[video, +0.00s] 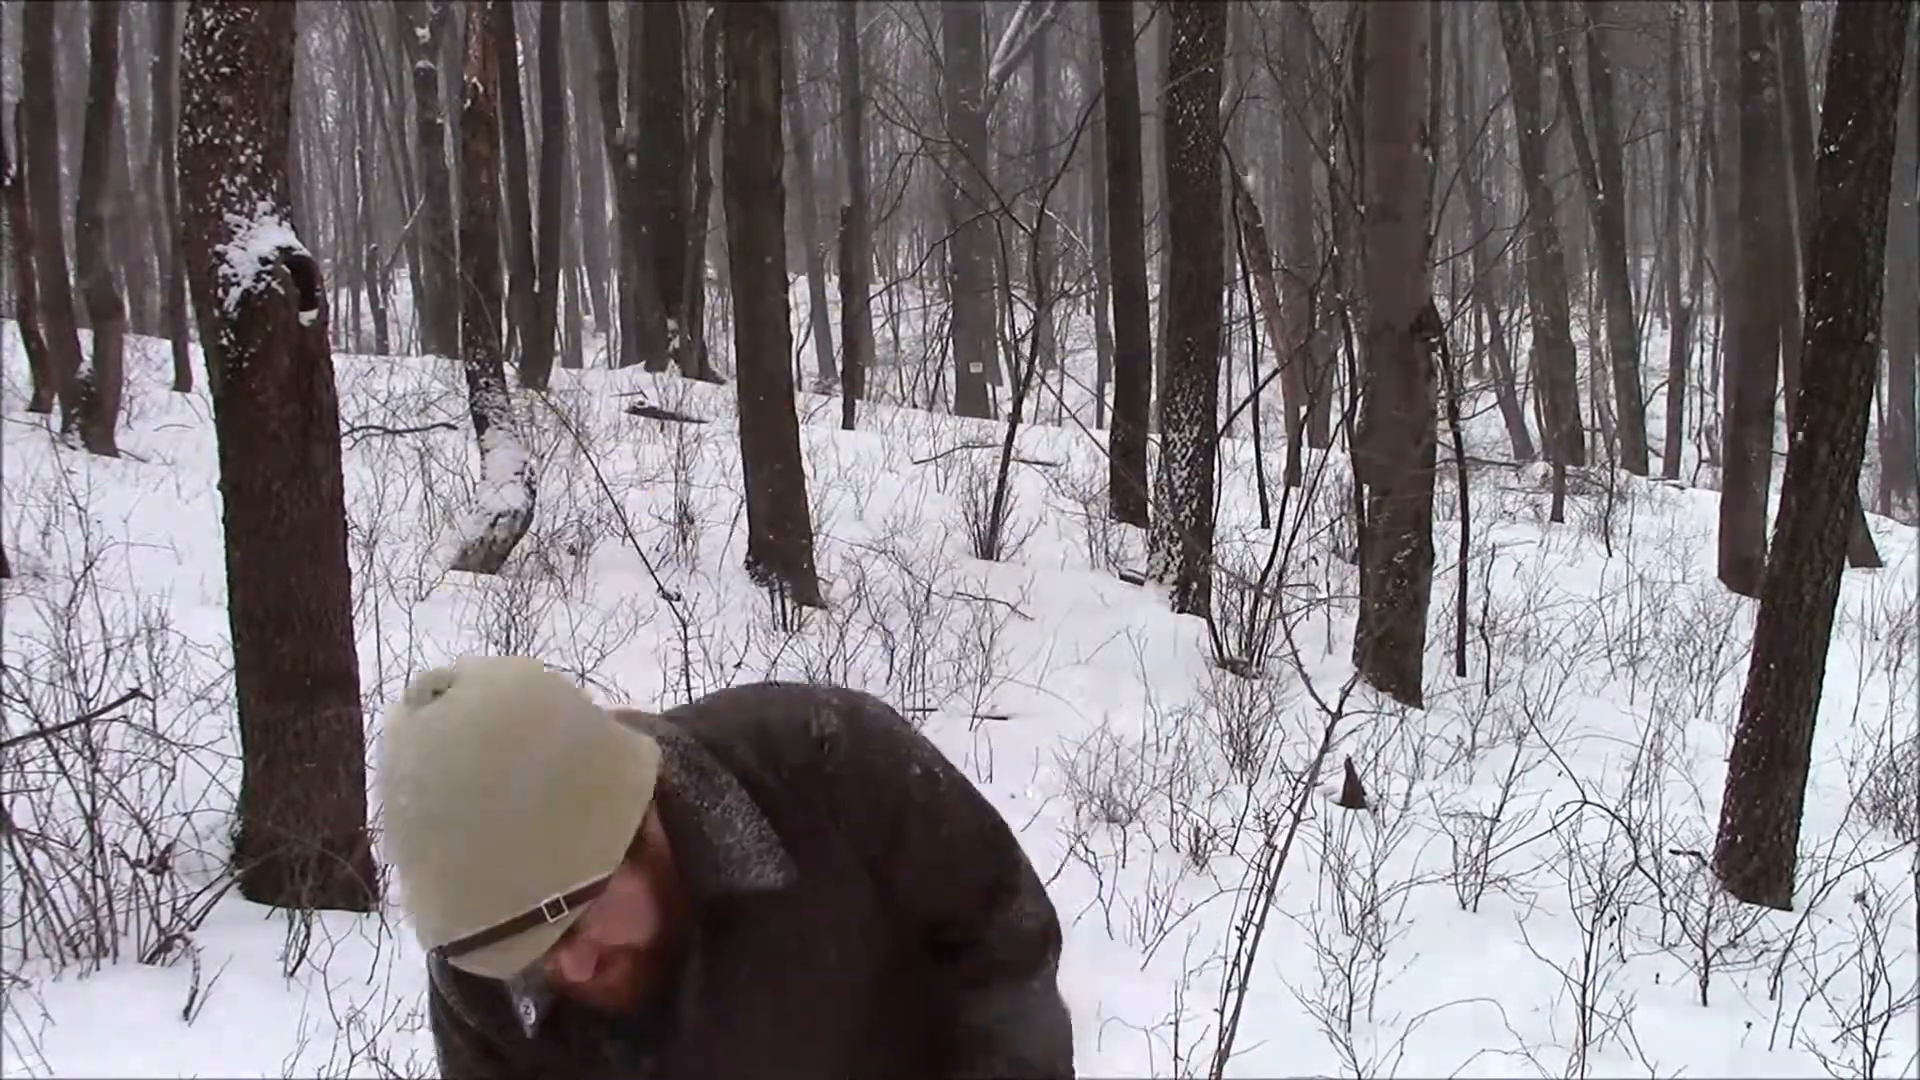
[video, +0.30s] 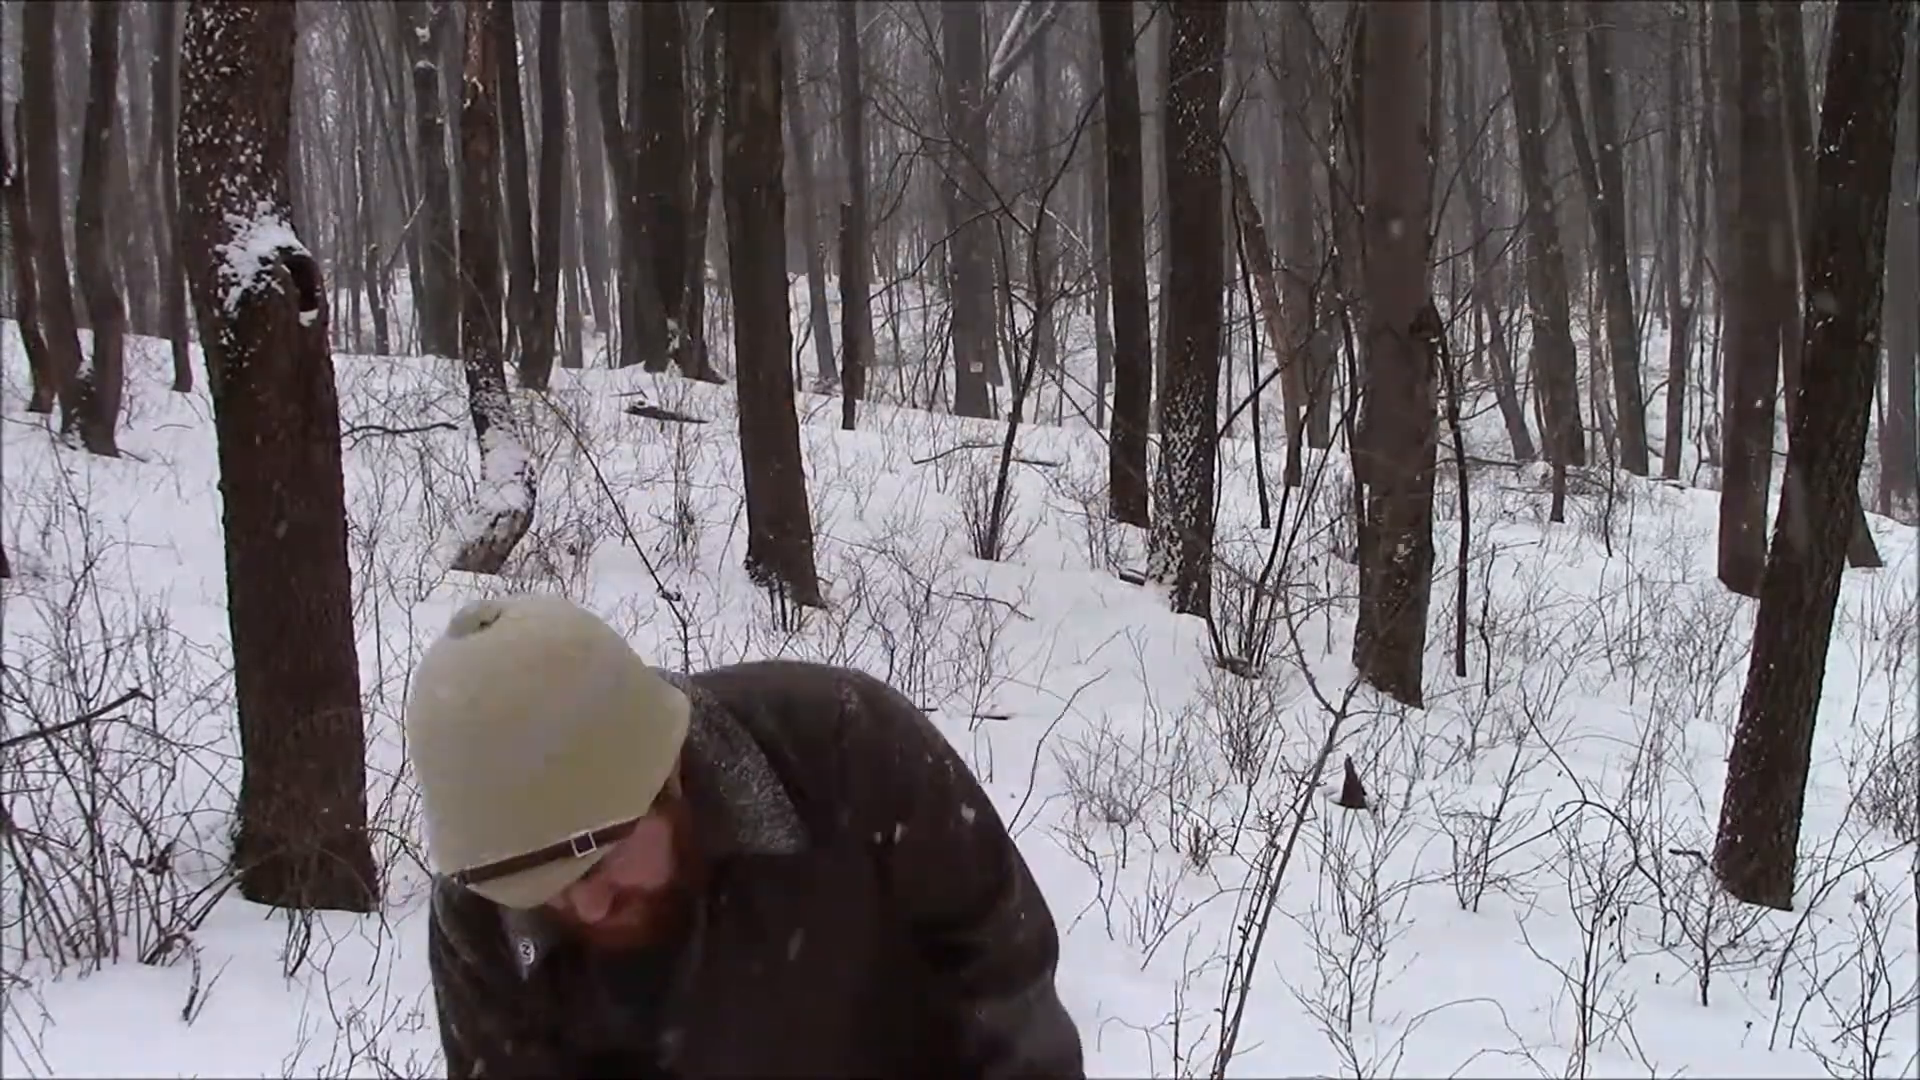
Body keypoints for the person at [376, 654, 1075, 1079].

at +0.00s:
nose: (574, 973)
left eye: (579, 922)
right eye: (523, 958)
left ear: (639, 818)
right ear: (463, 938)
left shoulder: (836, 763)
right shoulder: (479, 976)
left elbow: (1005, 935)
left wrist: (1006, 1061)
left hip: (907, 1046)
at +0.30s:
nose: (586, 907)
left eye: (603, 854)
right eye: (535, 891)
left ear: (664, 767)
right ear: (472, 863)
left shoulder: (849, 744)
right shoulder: (476, 920)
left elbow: (1004, 963)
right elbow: (497, 1068)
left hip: (906, 1055)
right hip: (725, 1060)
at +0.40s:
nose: (596, 820)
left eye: (613, 769)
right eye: (548, 797)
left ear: (681, 696)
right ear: (495, 769)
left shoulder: (865, 706)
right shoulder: (489, 832)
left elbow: (995, 946)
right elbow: (490, 1061)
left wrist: (980, 1067)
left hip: (883, 1055)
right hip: (672, 1057)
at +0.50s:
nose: (602, 707)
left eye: (627, 654)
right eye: (560, 668)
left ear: (708, 603)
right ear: (521, 647)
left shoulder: (891, 678)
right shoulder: (509, 732)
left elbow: (966, 950)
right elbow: (451, 1001)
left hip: (868, 1045)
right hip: (639, 1051)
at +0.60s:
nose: (616, 590)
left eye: (648, 537)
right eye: (585, 546)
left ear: (752, 512)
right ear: (559, 538)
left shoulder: (910, 631)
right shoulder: (538, 655)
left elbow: (935, 912)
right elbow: (431, 905)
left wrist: (777, 1054)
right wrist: (274, 1065)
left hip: (900, 1010)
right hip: (667, 1009)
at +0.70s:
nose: (659, 489)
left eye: (697, 440)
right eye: (630, 442)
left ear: (796, 428)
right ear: (601, 437)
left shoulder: (936, 589)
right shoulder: (573, 585)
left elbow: (949, 858)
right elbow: (449, 801)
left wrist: (758, 993)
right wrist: (275, 934)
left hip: (920, 1025)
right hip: (667, 1008)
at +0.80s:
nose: (718, 408)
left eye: (757, 370)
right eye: (696, 366)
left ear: (842, 376)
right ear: (665, 367)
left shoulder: (969, 549)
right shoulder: (605, 536)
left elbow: (1009, 794)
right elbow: (501, 738)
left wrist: (844, 915)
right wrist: (347, 873)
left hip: (932, 1017)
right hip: (680, 1012)